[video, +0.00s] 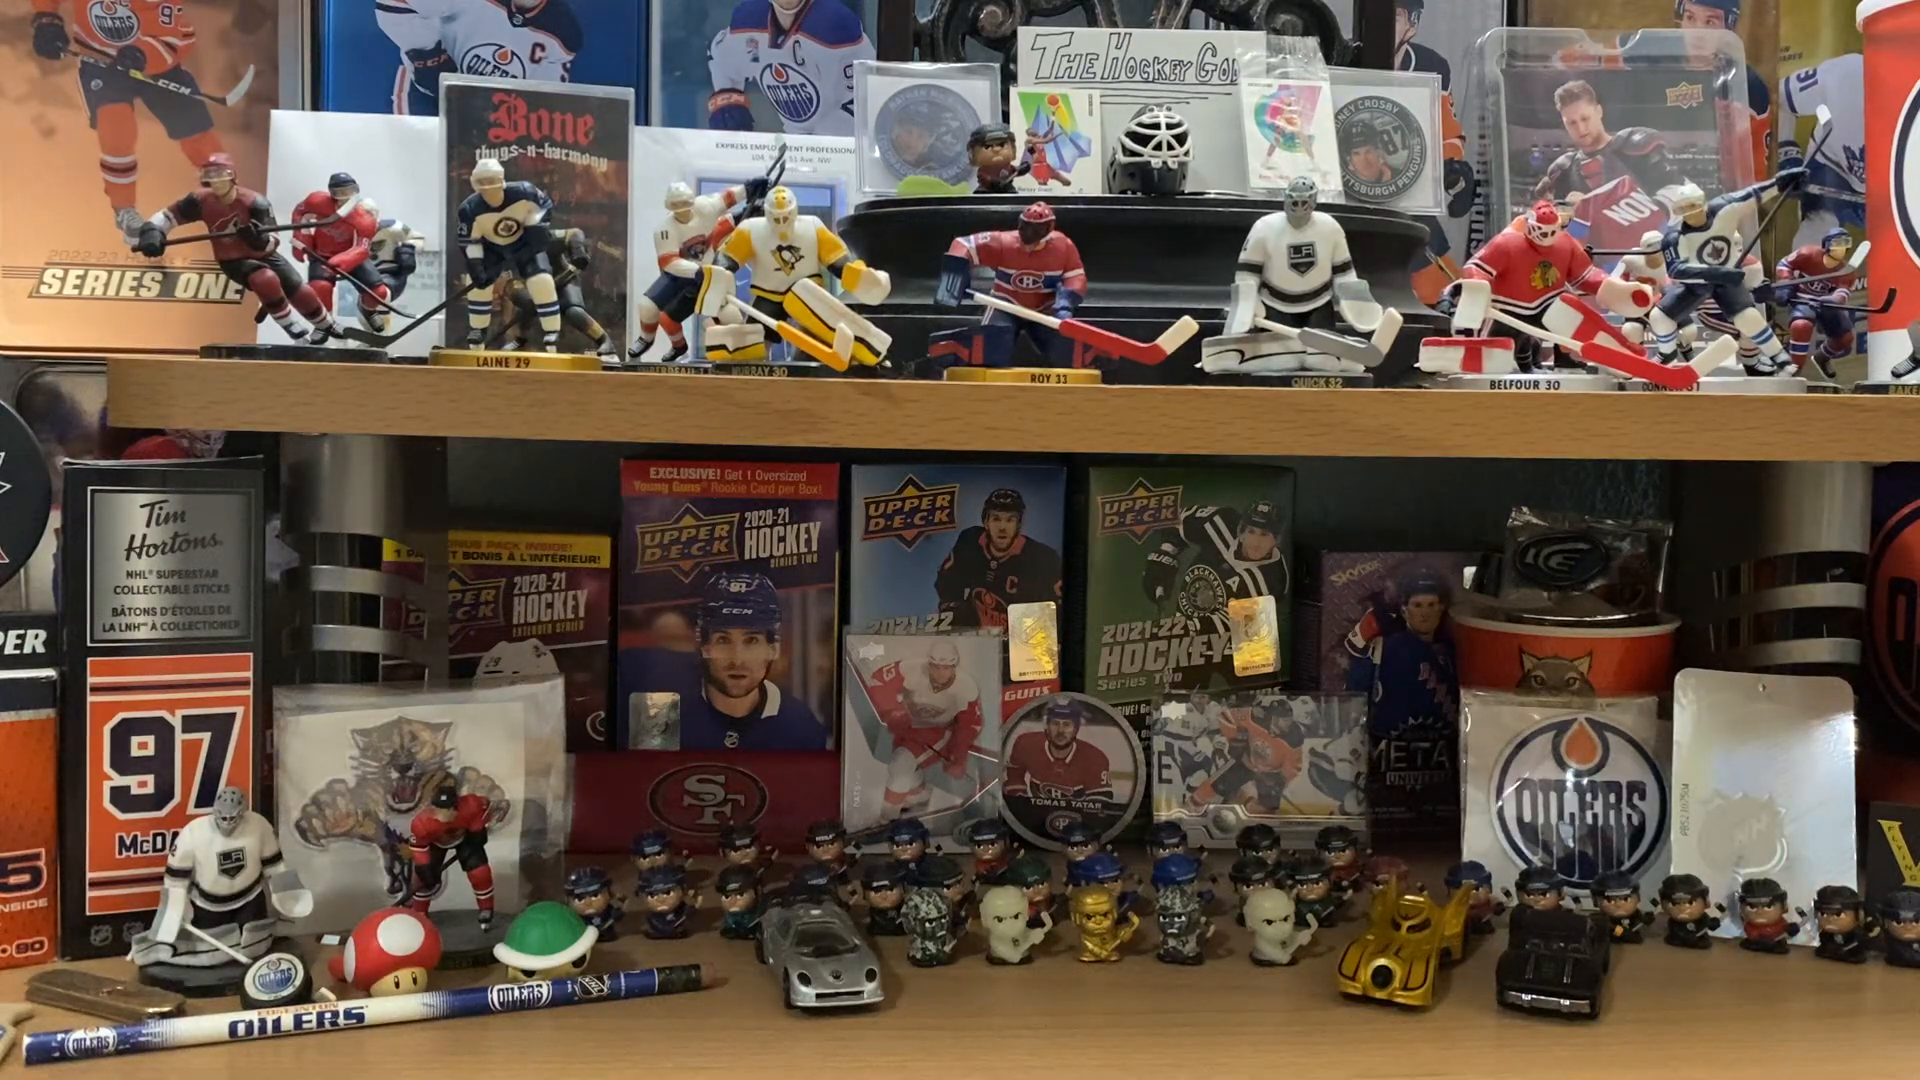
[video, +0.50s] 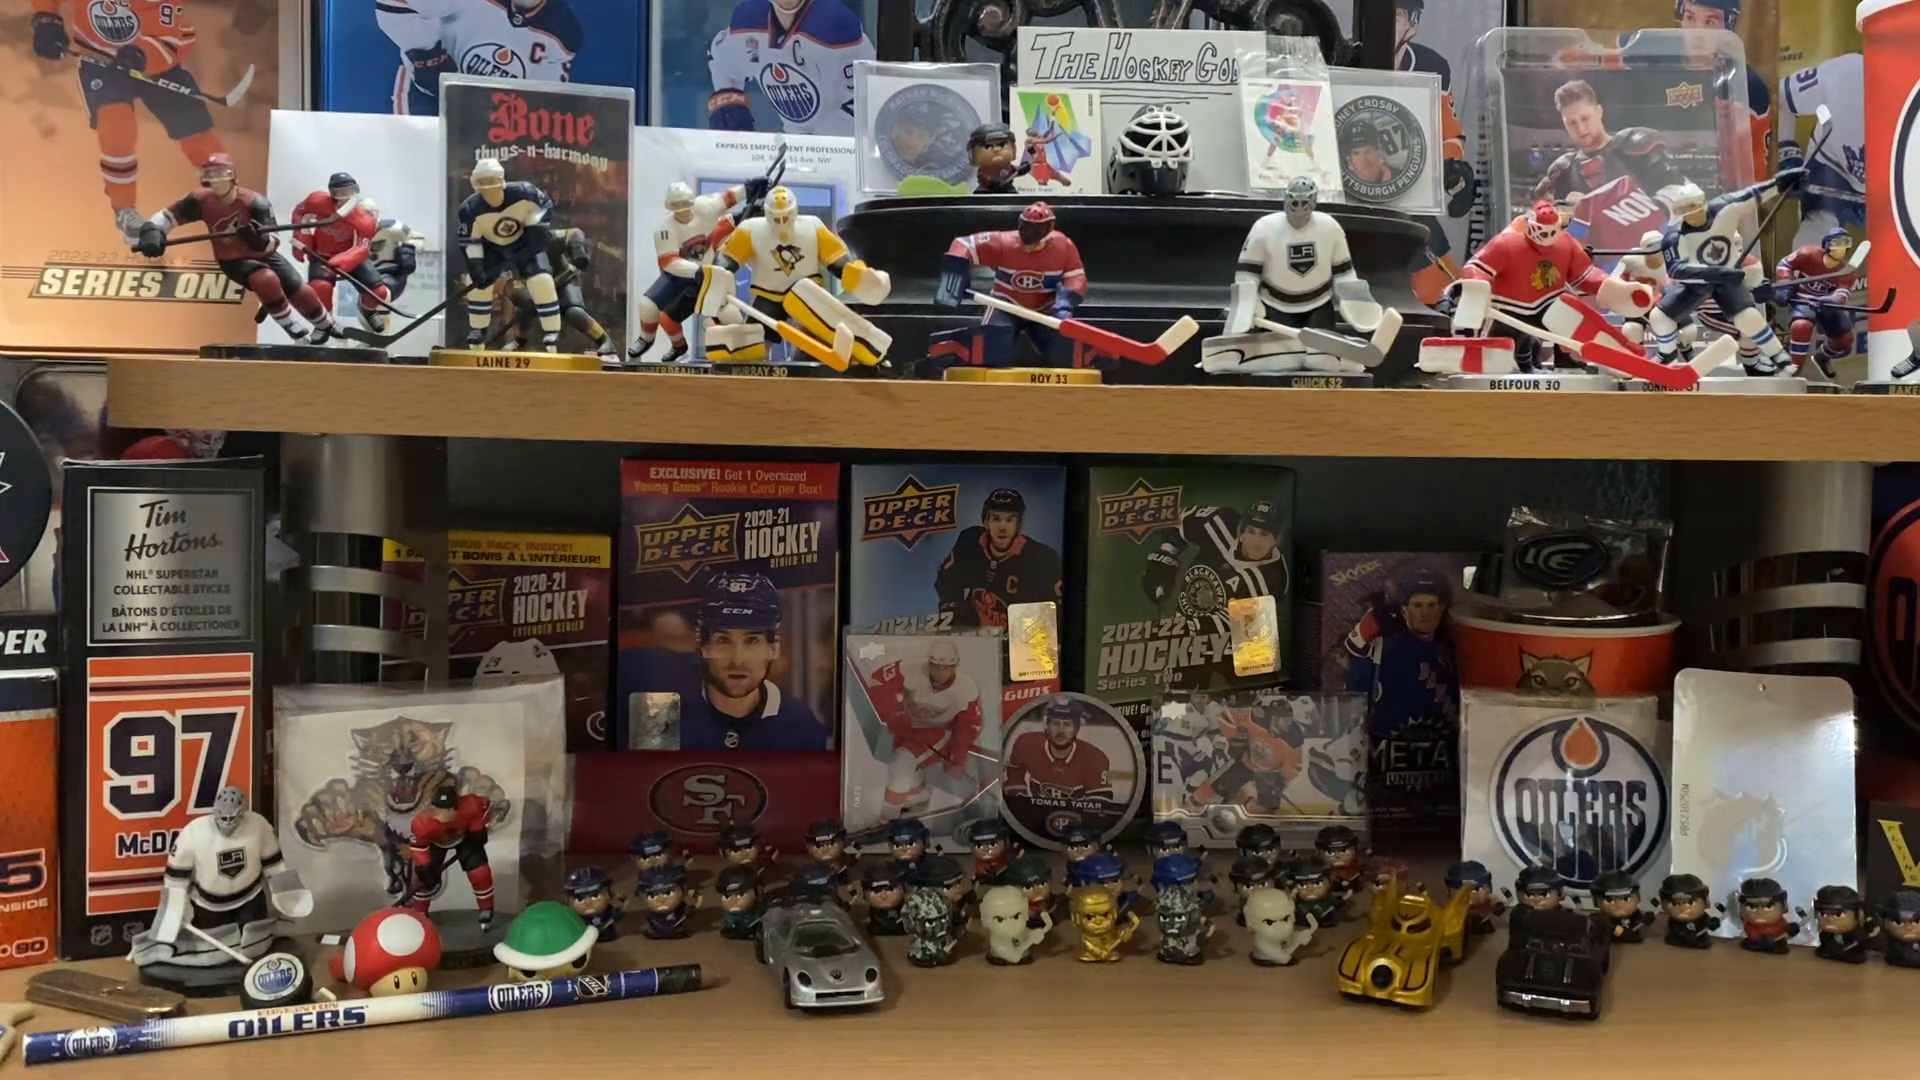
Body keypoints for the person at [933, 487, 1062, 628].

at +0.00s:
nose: (1003, 527)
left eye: (1009, 520)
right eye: (996, 519)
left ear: (1019, 524)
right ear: (986, 522)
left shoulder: (1043, 559)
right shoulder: (969, 541)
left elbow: (1051, 604)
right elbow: (945, 578)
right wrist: (951, 607)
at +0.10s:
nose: (1003, 527)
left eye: (1009, 520)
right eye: (996, 519)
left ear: (1019, 524)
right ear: (986, 522)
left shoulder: (1043, 559)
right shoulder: (969, 542)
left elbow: (1051, 604)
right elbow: (945, 578)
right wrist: (951, 607)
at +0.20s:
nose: (1003, 527)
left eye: (1009, 520)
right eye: (996, 519)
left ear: (1019, 524)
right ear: (986, 522)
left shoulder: (1042, 559)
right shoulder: (969, 541)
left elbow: (1051, 604)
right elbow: (945, 577)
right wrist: (951, 606)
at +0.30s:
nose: (1003, 527)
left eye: (1010, 520)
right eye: (997, 519)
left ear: (1019, 524)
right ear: (986, 522)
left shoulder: (1043, 559)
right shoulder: (969, 541)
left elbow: (1051, 604)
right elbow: (946, 578)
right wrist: (951, 607)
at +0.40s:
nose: (1002, 527)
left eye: (1009, 520)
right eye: (996, 519)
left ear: (1019, 523)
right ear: (986, 522)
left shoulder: (1043, 558)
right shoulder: (969, 541)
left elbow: (1051, 604)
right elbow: (946, 577)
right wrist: (951, 608)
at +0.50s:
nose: (1002, 527)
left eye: (1009, 520)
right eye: (996, 519)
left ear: (1019, 523)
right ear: (986, 522)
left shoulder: (1043, 559)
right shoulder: (969, 541)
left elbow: (1051, 604)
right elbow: (946, 577)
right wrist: (950, 608)